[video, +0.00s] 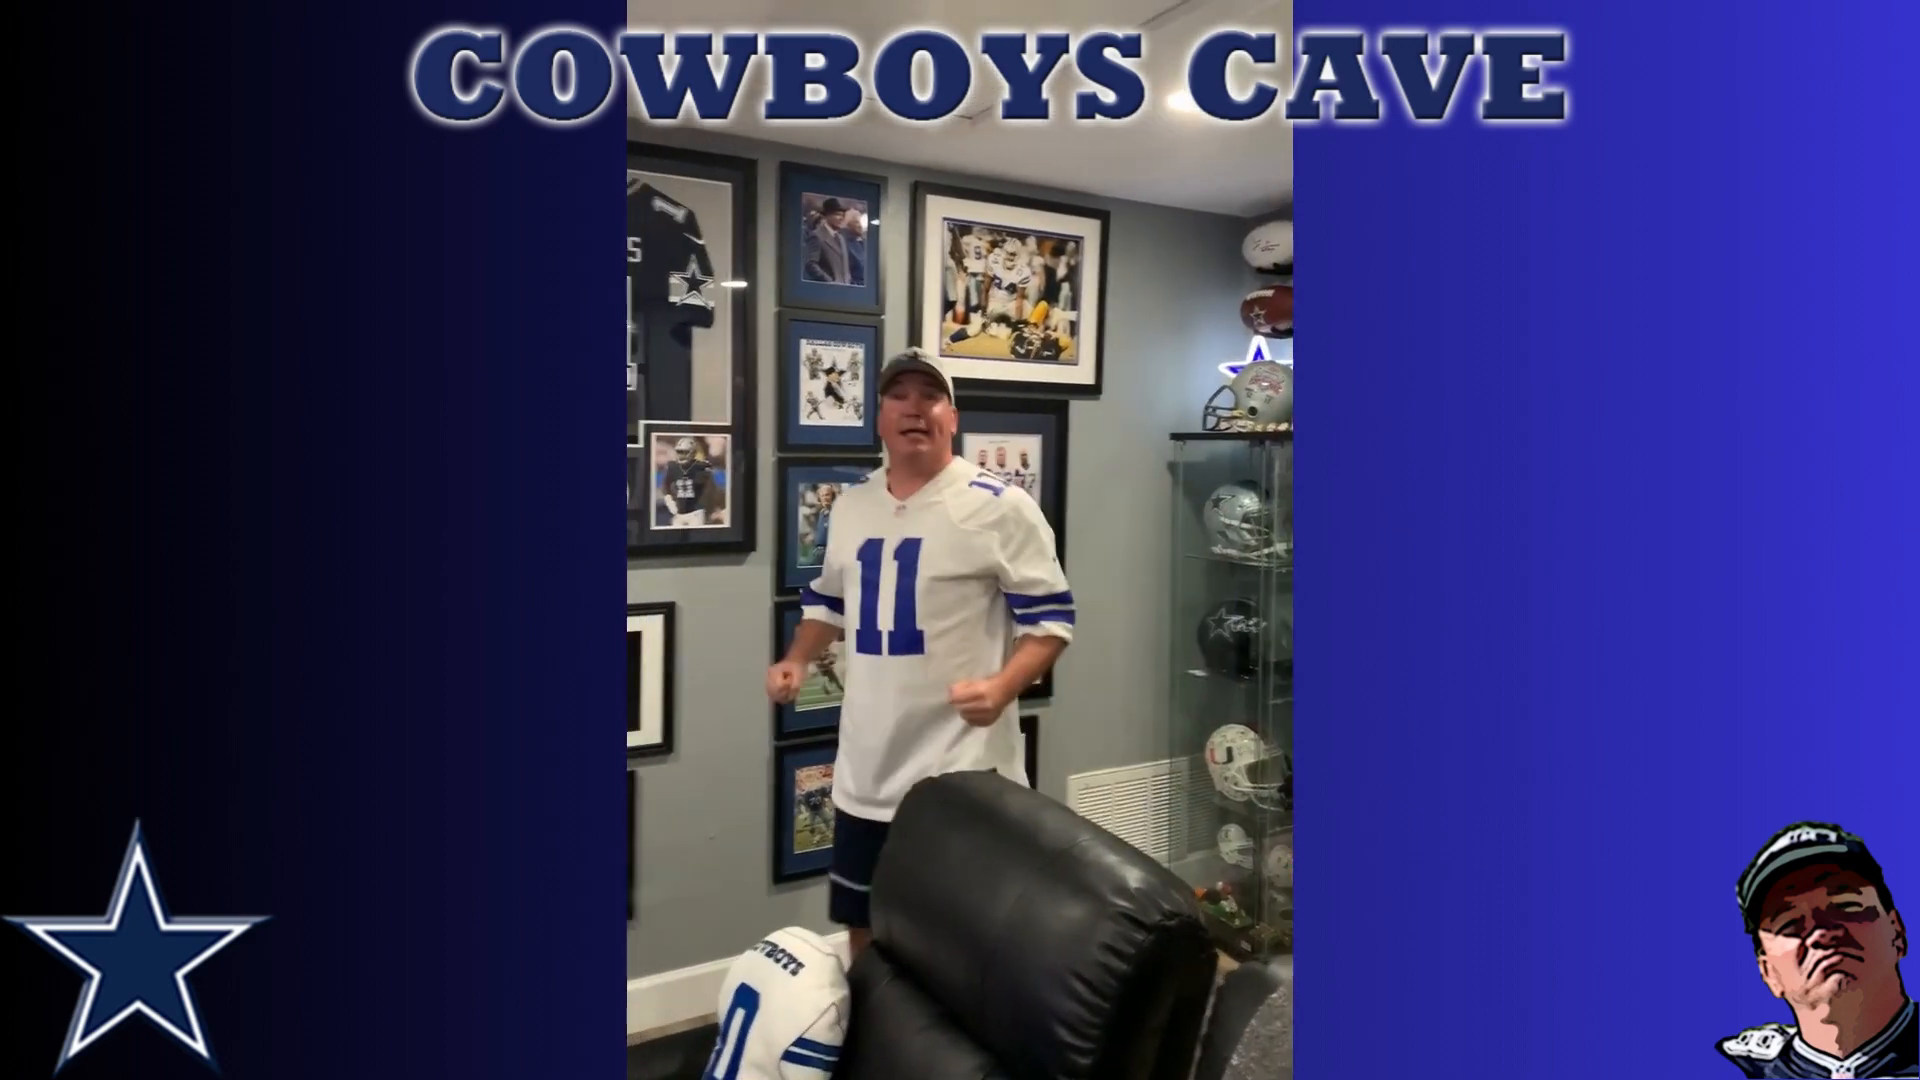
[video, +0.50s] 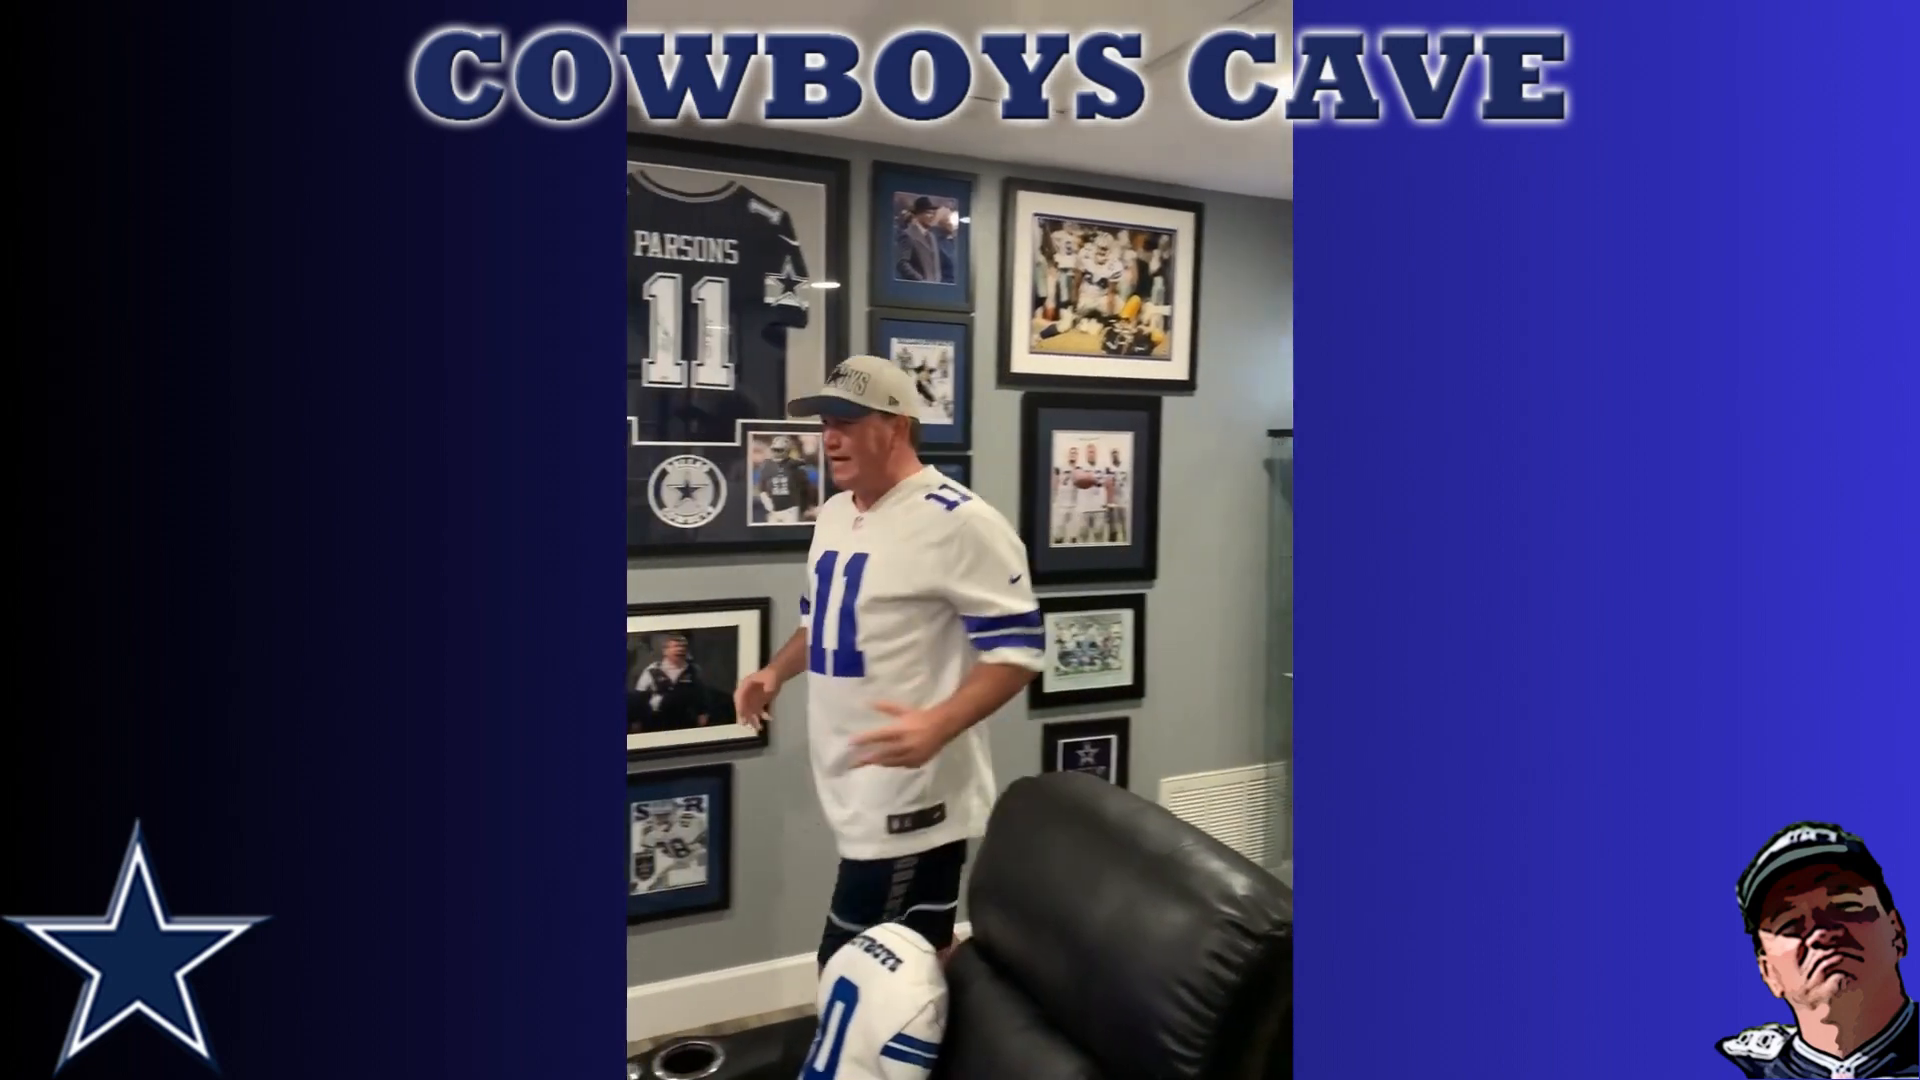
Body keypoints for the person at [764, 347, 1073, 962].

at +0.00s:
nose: (915, 411)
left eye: (931, 398)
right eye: (899, 397)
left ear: (953, 418)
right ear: (877, 417)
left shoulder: (1001, 509)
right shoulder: (851, 508)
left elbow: (1052, 621)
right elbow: (827, 605)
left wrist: (1004, 685)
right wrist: (797, 659)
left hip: (965, 784)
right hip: (867, 778)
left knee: (965, 942)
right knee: (864, 937)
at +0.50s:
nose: (830, 440)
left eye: (846, 423)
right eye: (826, 425)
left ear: (895, 427)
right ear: (823, 433)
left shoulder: (962, 522)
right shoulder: (836, 515)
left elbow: (1019, 652)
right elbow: (824, 621)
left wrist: (940, 725)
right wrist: (775, 673)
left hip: (916, 812)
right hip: (861, 807)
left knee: (848, 979)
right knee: (926, 969)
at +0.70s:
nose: (806, 427)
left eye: (825, 411)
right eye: (803, 412)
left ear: (876, 418)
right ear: (801, 419)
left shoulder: (927, 517)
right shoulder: (836, 504)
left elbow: (965, 668)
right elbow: (826, 620)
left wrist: (853, 730)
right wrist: (760, 665)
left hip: (880, 811)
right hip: (836, 804)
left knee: (838, 999)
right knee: (879, 996)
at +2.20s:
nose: (894, 408)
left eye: (913, 390)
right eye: (878, 394)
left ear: (950, 405)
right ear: (864, 409)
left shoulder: (996, 509)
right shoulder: (860, 497)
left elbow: (1049, 639)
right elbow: (837, 602)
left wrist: (954, 680)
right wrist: (770, 632)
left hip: (936, 801)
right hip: (848, 790)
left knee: (929, 995)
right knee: (822, 946)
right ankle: (822, 1070)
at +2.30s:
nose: (917, 407)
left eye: (933, 390)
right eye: (900, 392)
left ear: (959, 405)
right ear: (877, 411)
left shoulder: (1009, 505)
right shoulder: (850, 498)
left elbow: (1079, 622)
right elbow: (817, 590)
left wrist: (1026, 650)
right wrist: (757, 624)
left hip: (957, 794)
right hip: (862, 786)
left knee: (956, 988)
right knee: (859, 950)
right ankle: (853, 1071)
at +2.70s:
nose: (955, 391)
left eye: (962, 375)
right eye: (932, 378)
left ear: (976, 388)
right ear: (896, 399)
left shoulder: (1030, 482)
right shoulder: (852, 492)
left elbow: (1089, 552)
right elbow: (799, 573)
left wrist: (1119, 578)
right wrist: (782, 597)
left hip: (1004, 746)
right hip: (893, 748)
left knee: (1028, 916)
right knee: (890, 907)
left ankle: (1049, 1071)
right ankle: (895, 1059)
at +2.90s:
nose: (951, 385)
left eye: (963, 377)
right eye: (936, 377)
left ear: (982, 398)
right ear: (908, 397)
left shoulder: (1030, 481)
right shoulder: (866, 486)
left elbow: (1096, 571)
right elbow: (816, 581)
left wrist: (1162, 592)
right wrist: (769, 599)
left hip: (1016, 740)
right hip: (907, 744)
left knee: (1034, 908)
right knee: (896, 907)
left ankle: (1049, 1067)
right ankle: (896, 1059)